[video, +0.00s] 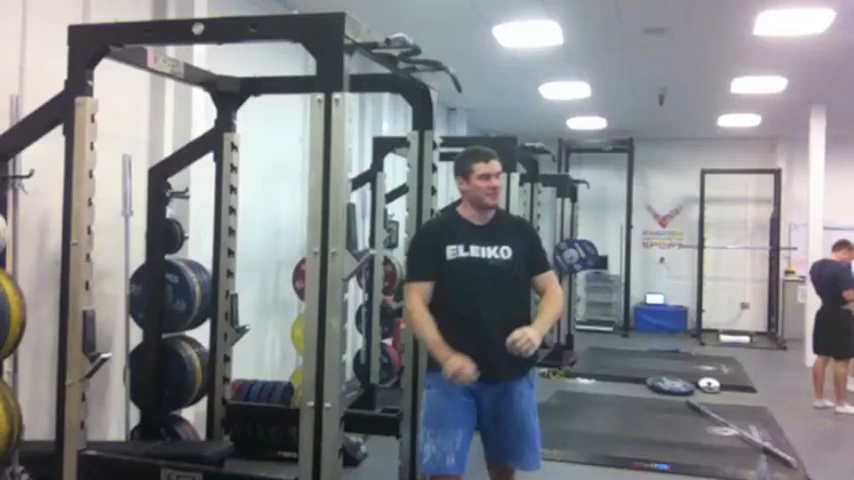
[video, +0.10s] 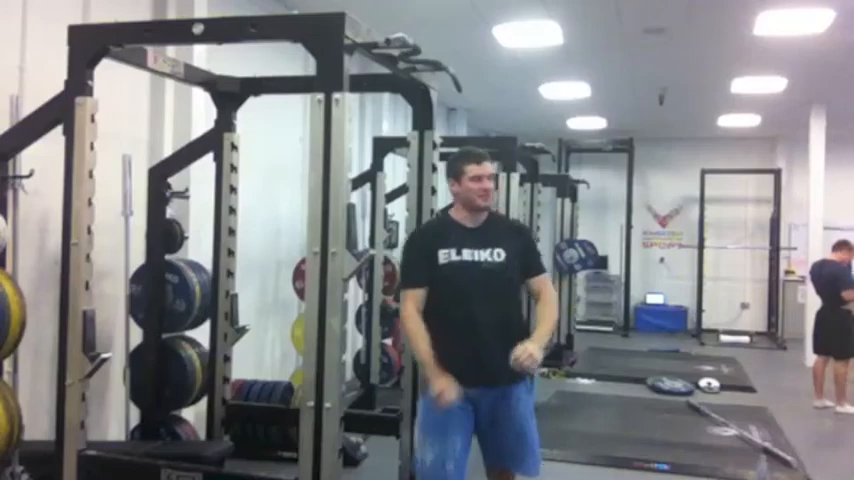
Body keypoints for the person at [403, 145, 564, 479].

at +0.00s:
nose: (494, 183)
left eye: (498, 176)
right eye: (484, 177)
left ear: (504, 179)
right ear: (462, 184)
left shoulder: (520, 231)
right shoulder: (433, 233)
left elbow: (554, 292)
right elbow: (414, 303)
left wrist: (537, 329)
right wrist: (447, 357)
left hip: (511, 378)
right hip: (451, 377)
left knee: (505, 470)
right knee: (443, 472)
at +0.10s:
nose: (486, 186)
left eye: (491, 178)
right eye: (477, 179)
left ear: (497, 182)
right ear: (454, 186)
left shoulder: (516, 235)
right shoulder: (426, 239)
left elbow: (547, 295)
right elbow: (410, 311)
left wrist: (537, 342)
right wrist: (434, 373)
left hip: (509, 385)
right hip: (446, 386)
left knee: (511, 472)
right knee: (438, 473)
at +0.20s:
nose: (474, 183)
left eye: (478, 175)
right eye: (463, 176)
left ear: (483, 180)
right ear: (439, 183)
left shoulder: (504, 233)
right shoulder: (415, 240)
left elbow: (530, 299)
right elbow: (402, 319)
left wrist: (540, 365)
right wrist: (404, 397)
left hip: (501, 385)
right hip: (436, 387)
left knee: (519, 472)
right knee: (434, 473)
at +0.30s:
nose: (461, 179)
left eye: (465, 171)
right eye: (449, 172)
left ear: (471, 176)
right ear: (429, 179)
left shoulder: (496, 229)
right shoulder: (402, 239)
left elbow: (524, 300)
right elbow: (385, 315)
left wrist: (543, 374)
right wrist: (376, 396)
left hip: (496, 388)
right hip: (428, 391)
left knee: (517, 474)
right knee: (422, 473)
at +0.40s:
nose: (446, 180)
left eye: (451, 170)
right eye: (434, 173)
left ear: (460, 173)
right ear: (418, 181)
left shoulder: (491, 229)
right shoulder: (395, 239)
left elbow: (524, 298)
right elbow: (365, 309)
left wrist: (545, 374)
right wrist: (351, 388)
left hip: (491, 389)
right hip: (423, 393)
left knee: (519, 475)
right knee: (413, 475)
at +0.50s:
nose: (432, 184)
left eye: (439, 173)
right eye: (422, 177)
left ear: (453, 173)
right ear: (411, 183)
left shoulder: (488, 230)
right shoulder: (391, 239)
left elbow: (521, 299)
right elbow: (356, 309)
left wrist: (541, 376)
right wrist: (332, 386)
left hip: (486, 392)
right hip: (418, 396)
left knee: (511, 475)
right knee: (410, 474)